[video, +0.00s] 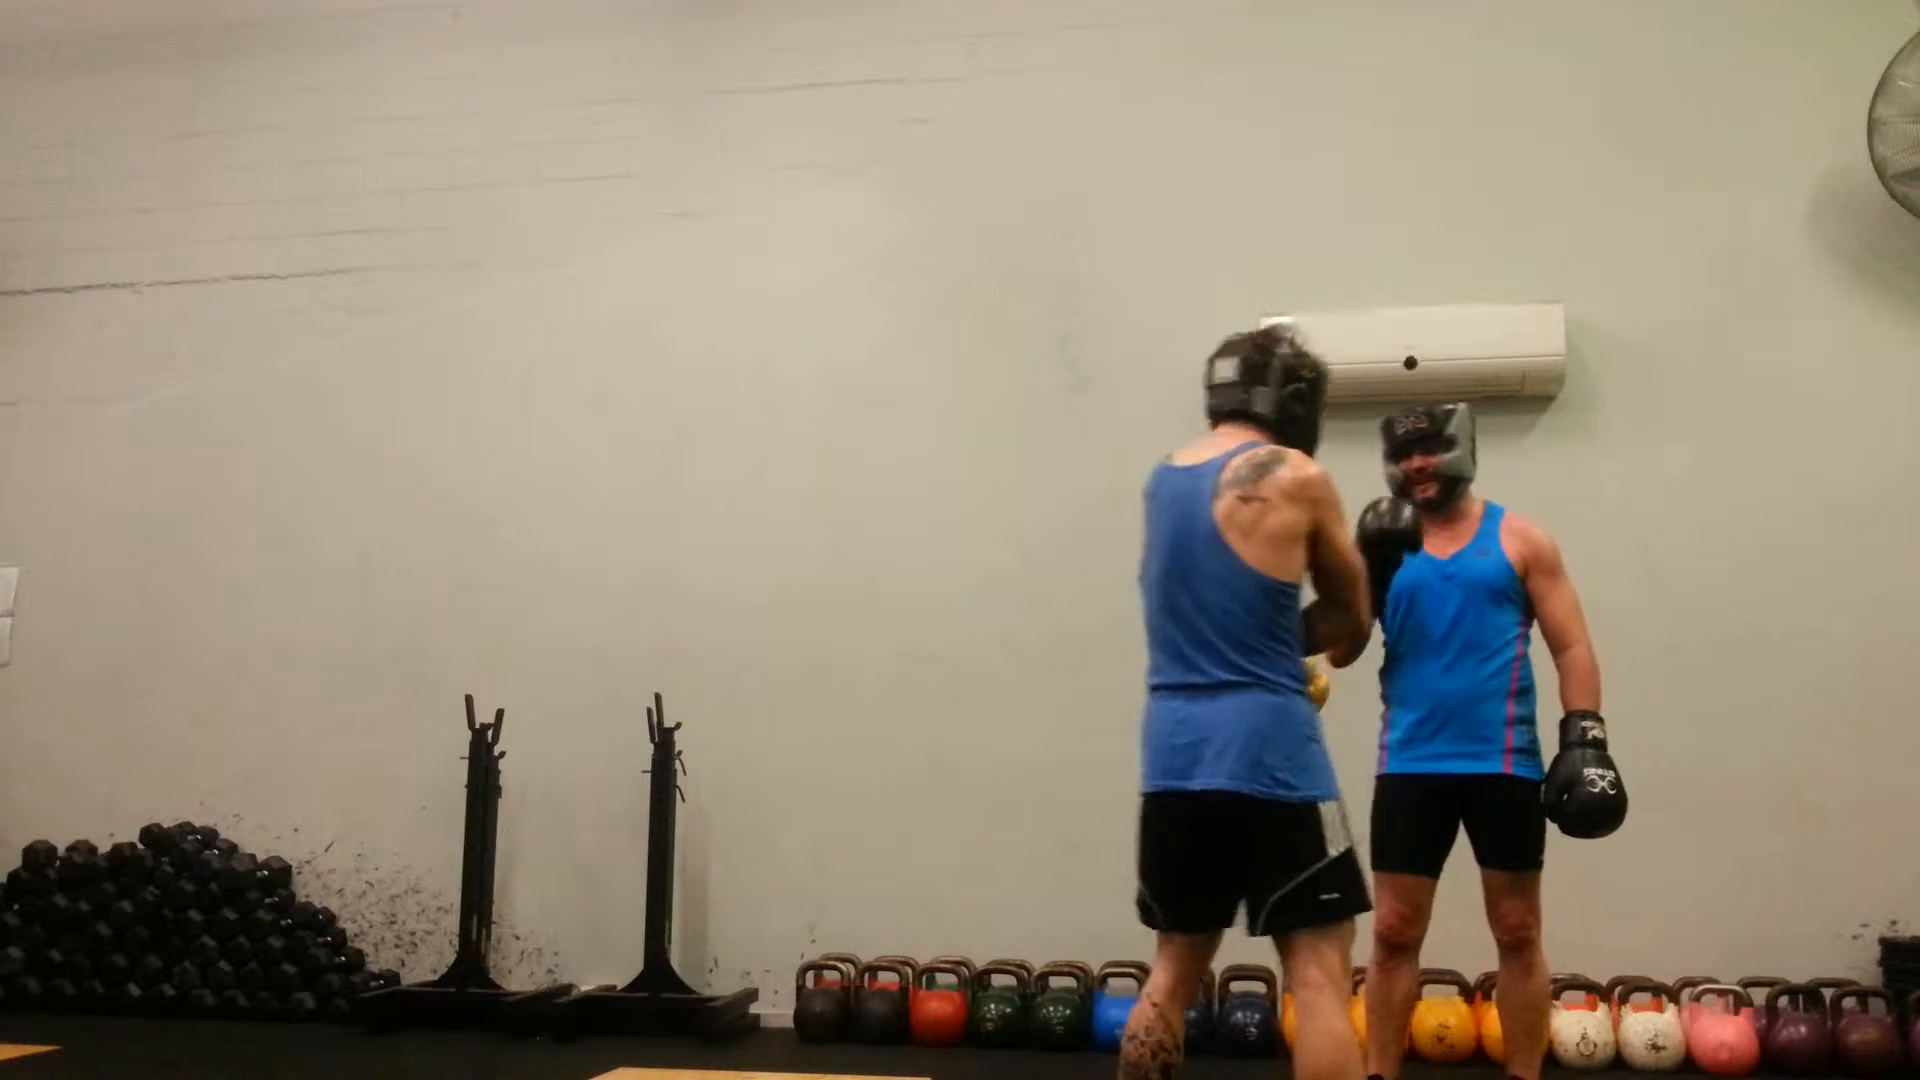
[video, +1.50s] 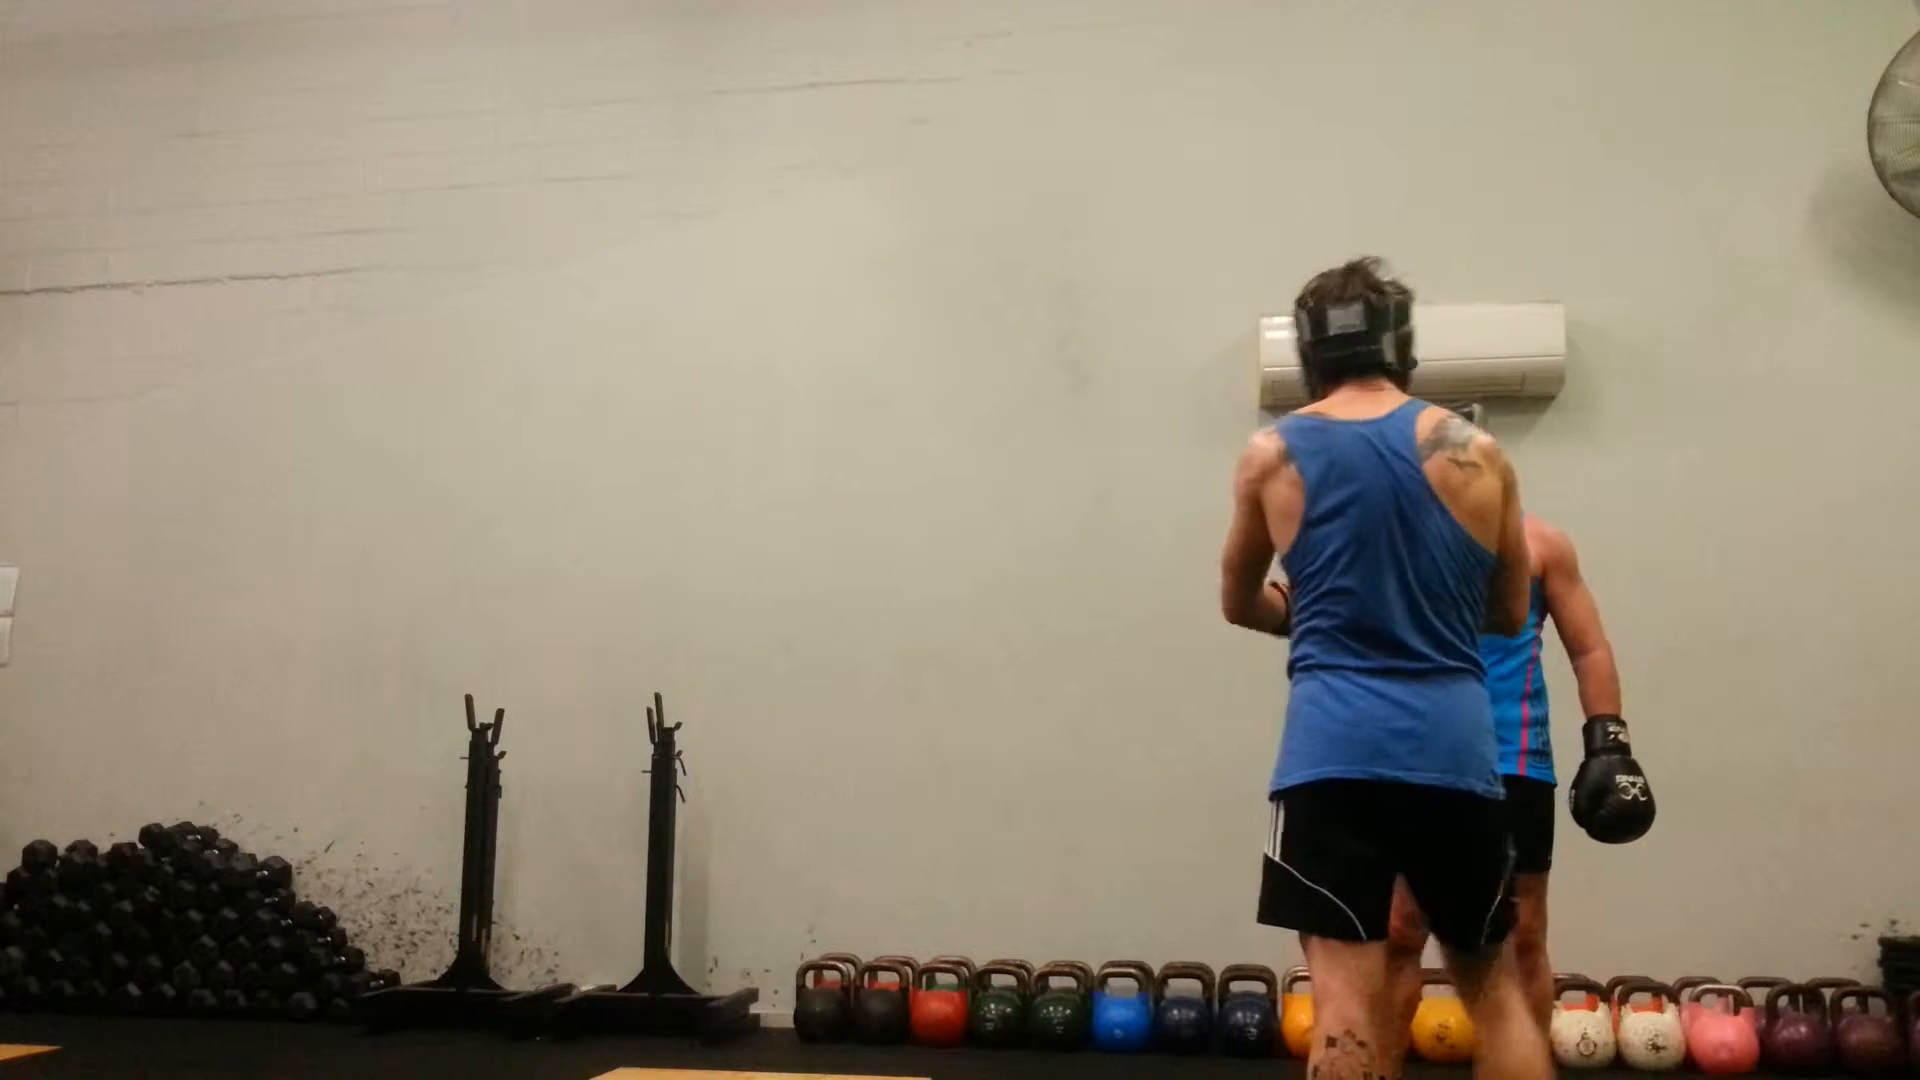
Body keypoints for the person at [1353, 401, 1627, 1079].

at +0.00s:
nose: (1418, 464)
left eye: (1432, 449)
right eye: (1403, 453)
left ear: (1463, 453)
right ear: (1389, 467)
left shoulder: (1519, 540)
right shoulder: (1386, 547)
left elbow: (1572, 645)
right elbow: (1339, 646)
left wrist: (1584, 742)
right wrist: (1366, 562)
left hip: (1503, 765)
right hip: (1411, 767)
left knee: (1517, 932)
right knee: (1394, 932)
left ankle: (1525, 1074)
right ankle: (1380, 1073)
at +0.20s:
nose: (1434, 474)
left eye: (1447, 460)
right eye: (1421, 462)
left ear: (1478, 463)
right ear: (1404, 469)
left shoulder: (1533, 545)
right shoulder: (1399, 548)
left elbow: (1583, 652)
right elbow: (1351, 624)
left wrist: (1600, 749)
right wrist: (1396, 510)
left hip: (1515, 766)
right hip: (1420, 767)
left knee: (1523, 934)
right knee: (1398, 940)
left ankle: (1527, 1073)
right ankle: (1382, 1075)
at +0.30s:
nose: (1441, 476)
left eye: (1452, 462)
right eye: (1429, 463)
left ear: (1479, 464)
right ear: (1412, 472)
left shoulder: (1539, 547)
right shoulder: (1404, 548)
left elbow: (1586, 655)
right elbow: (1359, 643)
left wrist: (1608, 754)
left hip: (1517, 768)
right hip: (1421, 767)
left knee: (1524, 933)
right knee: (1403, 935)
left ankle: (1526, 1073)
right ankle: (1382, 1070)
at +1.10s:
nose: (1443, 480)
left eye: (1454, 463)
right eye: (1430, 469)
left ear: (1478, 466)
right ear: (1414, 481)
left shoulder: (1538, 541)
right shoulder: (1397, 546)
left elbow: (1586, 646)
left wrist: (1601, 741)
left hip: (1508, 765)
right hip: (1413, 765)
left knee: (1519, 934)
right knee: (1391, 945)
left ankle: (1525, 1072)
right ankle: (1384, 1069)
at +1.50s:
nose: (1448, 470)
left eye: (1459, 450)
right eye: (1432, 450)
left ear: (1485, 465)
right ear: (1412, 472)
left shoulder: (1536, 542)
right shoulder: (1394, 550)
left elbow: (1588, 648)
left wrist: (1607, 743)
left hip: (1515, 766)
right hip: (1418, 765)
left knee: (1523, 937)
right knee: (1398, 934)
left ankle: (1531, 1066)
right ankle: (1380, 1068)